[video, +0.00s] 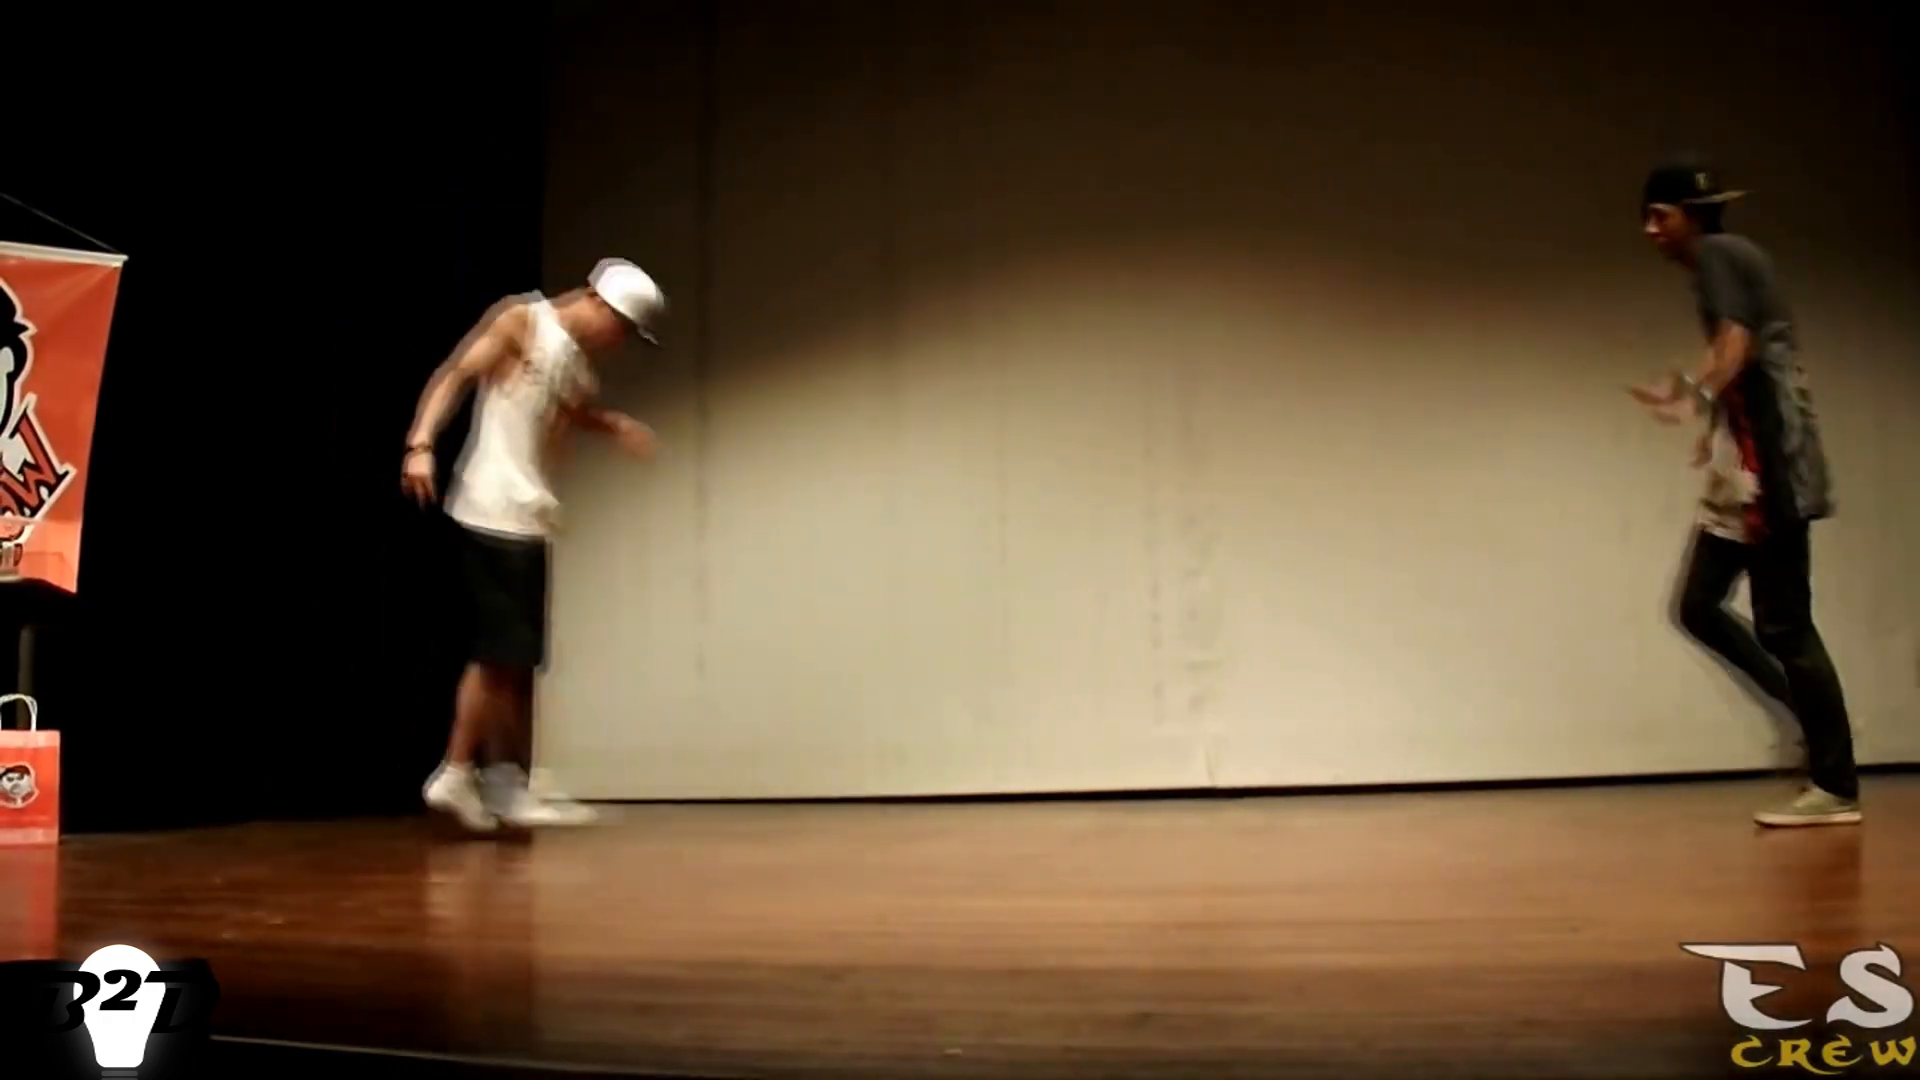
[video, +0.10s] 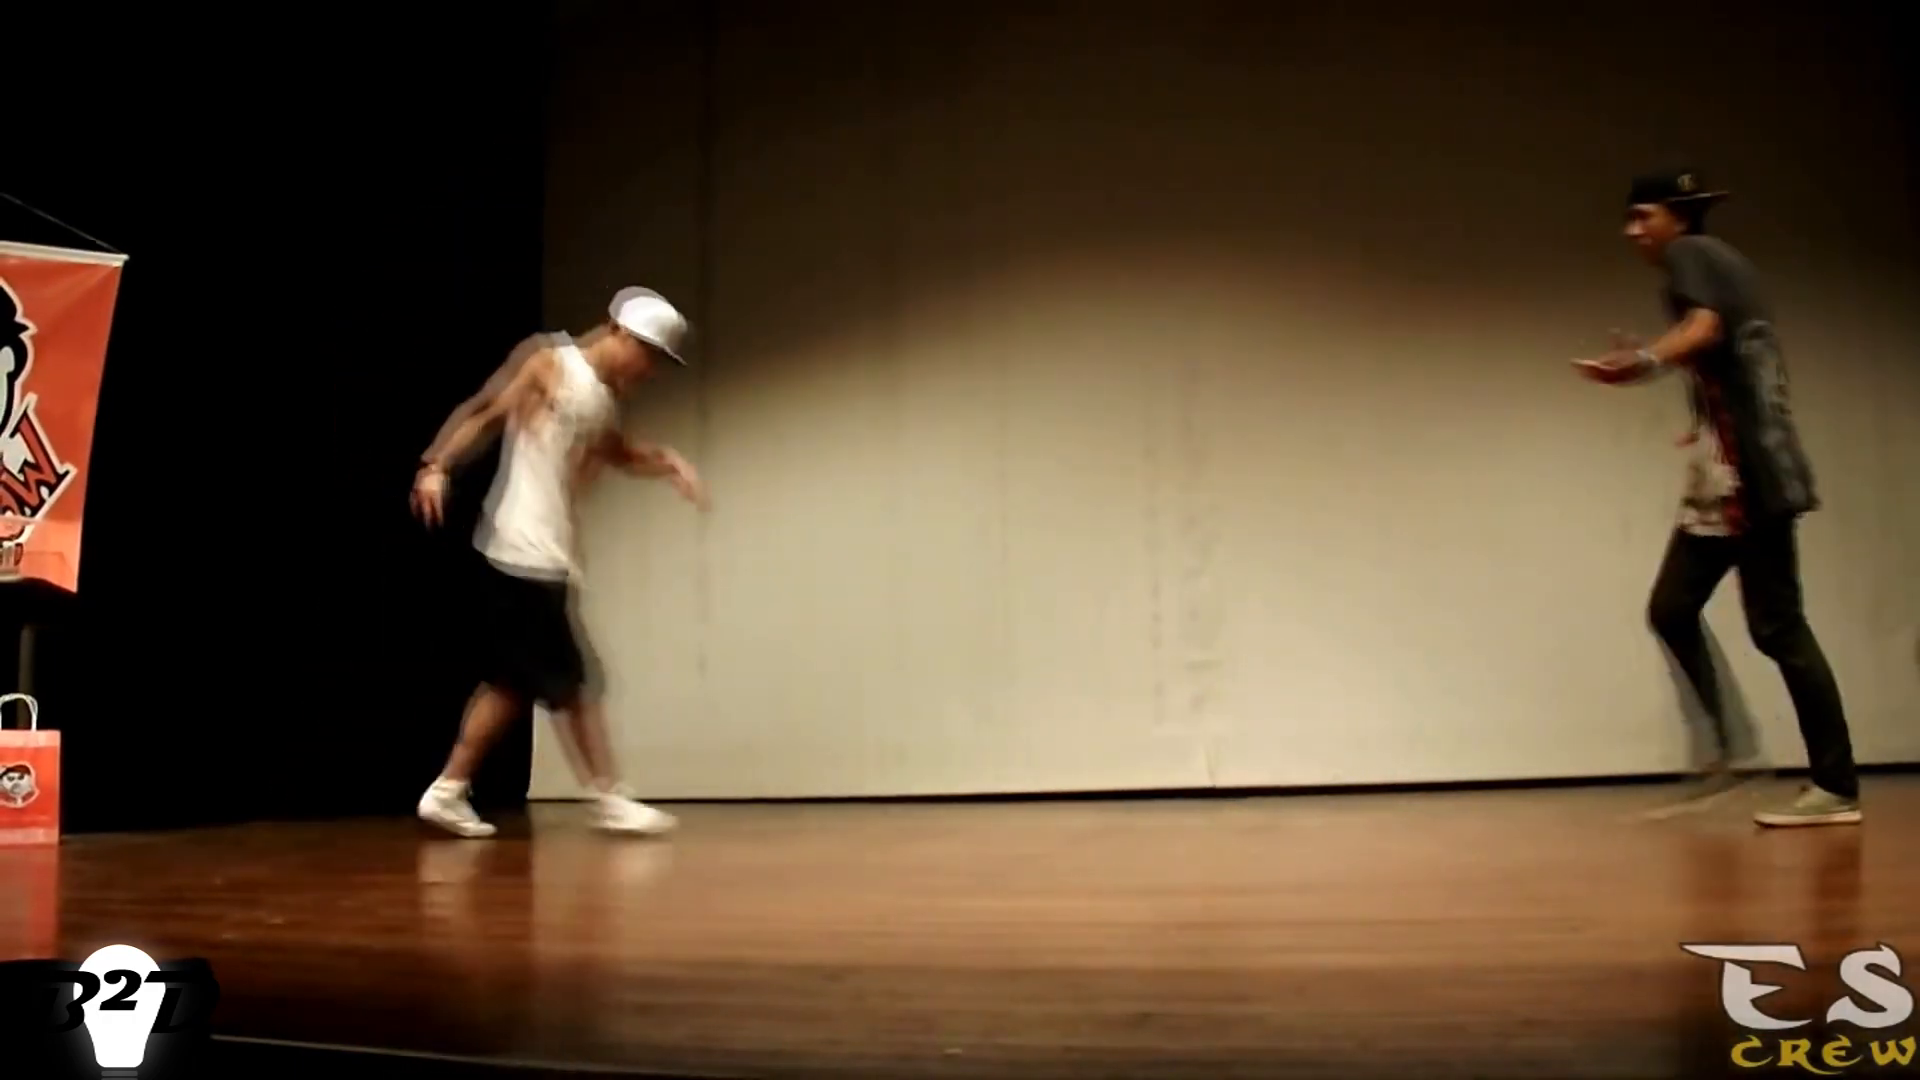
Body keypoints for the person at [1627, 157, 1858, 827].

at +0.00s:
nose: (1652, 233)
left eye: (1658, 218)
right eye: (1649, 220)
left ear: (1688, 215)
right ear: (1693, 217)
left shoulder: (1719, 255)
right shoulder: (1724, 260)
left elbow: (1735, 344)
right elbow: (1745, 357)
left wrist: (1691, 396)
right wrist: (1689, 396)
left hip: (1772, 483)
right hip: (1748, 483)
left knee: (1786, 630)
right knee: (1697, 608)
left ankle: (1837, 787)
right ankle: (1811, 720)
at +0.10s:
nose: (1633, 230)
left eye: (1642, 217)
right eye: (1631, 219)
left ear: (1675, 216)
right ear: (1677, 219)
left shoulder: (1691, 255)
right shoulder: (1718, 263)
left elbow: (1706, 324)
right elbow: (1738, 372)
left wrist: (1639, 359)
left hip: (1746, 487)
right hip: (1739, 488)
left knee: (1780, 630)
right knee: (1669, 613)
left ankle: (1836, 786)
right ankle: (1730, 750)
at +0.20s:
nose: (1609, 237)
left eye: (1620, 224)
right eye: (1608, 226)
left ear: (1655, 226)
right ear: (1641, 233)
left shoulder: (1678, 268)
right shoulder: (1666, 281)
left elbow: (1679, 337)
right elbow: (1671, 355)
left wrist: (1606, 374)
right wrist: (1599, 373)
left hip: (1729, 493)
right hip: (1707, 496)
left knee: (1767, 634)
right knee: (1663, 631)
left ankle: (1835, 784)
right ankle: (1638, 784)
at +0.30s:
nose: (1585, 242)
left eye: (1597, 229)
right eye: (1582, 232)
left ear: (1632, 233)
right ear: (1601, 241)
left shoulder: (1660, 286)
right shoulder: (1641, 298)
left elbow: (1657, 363)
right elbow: (1670, 405)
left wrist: (1588, 421)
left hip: (1703, 503)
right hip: (1672, 506)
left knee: (1737, 634)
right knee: (1632, 633)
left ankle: (1831, 778)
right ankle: (1623, 794)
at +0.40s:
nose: (1559, 249)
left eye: (1570, 236)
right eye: (1557, 238)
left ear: (1605, 239)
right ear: (1579, 245)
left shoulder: (1632, 290)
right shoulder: (1614, 300)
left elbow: (1627, 385)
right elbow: (1642, 408)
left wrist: (1596, 477)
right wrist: (1615, 497)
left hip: (1657, 502)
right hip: (1627, 504)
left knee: (1667, 635)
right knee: (1599, 638)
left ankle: (1800, 754)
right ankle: (1619, 793)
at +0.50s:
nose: (1534, 243)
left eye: (1546, 231)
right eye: (1532, 233)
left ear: (1582, 236)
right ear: (1558, 244)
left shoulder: (1613, 289)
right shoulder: (1592, 300)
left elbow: (1611, 395)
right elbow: (1602, 404)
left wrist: (1602, 492)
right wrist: (1593, 496)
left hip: (1616, 497)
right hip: (1600, 499)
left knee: (1594, 630)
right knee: (1595, 634)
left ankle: (1733, 725)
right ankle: (1620, 790)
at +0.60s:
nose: (1511, 246)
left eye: (1521, 232)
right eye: (1508, 236)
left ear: (1558, 233)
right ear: (1534, 242)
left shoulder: (1592, 287)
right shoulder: (1563, 303)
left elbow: (1598, 384)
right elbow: (1577, 399)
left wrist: (1563, 481)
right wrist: (1562, 486)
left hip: (1600, 497)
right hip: (1593, 498)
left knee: (1543, 612)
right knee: (1594, 630)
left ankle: (1654, 736)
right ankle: (1621, 782)